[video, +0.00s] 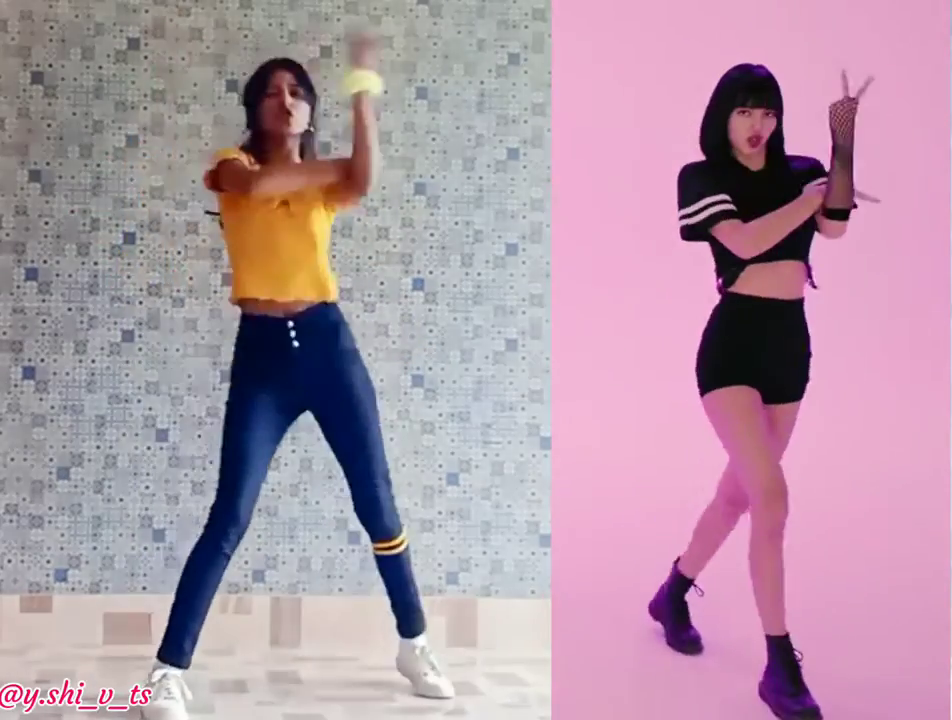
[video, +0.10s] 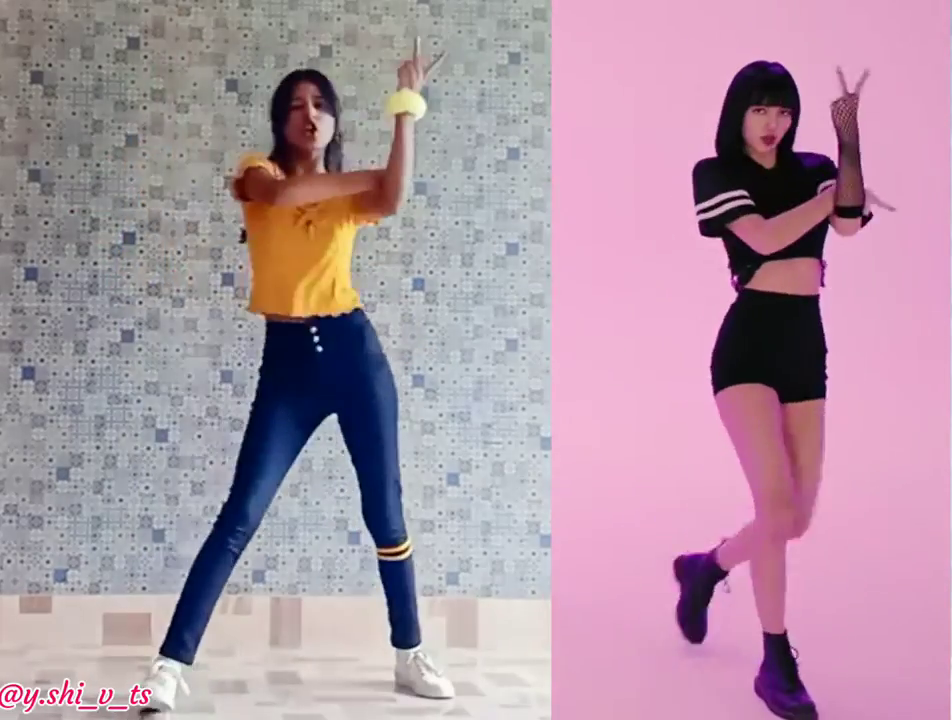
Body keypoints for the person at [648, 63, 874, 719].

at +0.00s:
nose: (757, 123)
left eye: (767, 111)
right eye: (744, 111)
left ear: (780, 119)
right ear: (720, 118)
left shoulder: (799, 173)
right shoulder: (703, 178)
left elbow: (836, 219)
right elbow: (741, 244)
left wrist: (844, 144)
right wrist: (814, 196)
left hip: (790, 347)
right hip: (731, 345)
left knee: (736, 496)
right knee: (771, 502)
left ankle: (673, 591)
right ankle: (780, 663)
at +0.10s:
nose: (771, 121)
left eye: (781, 110)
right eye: (759, 108)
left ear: (794, 118)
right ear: (735, 113)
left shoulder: (811, 170)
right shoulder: (717, 173)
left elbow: (850, 218)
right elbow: (761, 240)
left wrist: (850, 142)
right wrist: (833, 196)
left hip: (805, 346)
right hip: (746, 345)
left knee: (798, 513)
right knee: (774, 511)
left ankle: (704, 569)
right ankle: (777, 663)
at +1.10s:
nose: (829, 118)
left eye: (837, 109)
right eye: (818, 108)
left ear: (847, 117)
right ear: (796, 111)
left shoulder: (840, 177)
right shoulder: (758, 156)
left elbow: (927, 184)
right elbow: (731, 229)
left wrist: (923, 119)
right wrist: (796, 201)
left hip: (800, 325)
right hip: (742, 317)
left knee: (812, 470)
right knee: (665, 450)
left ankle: (823, 597)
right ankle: (576, 558)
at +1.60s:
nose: (748, 170)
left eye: (757, 159)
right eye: (738, 159)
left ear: (768, 165)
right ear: (718, 164)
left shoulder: (783, 209)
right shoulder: (709, 215)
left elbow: (870, 216)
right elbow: (731, 270)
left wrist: (864, 150)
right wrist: (769, 238)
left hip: (759, 374)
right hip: (714, 361)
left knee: (849, 464)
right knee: (669, 482)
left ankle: (826, 587)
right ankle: (608, 589)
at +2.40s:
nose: (707, 176)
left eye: (717, 166)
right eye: (698, 165)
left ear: (727, 169)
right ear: (681, 167)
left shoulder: (747, 209)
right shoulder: (669, 224)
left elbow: (827, 211)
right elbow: (697, 293)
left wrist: (825, 144)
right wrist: (747, 336)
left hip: (727, 367)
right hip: (680, 358)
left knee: (815, 462)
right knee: (640, 476)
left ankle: (805, 583)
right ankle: (589, 584)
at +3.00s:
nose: (772, 227)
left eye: (785, 225)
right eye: (769, 212)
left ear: (792, 236)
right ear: (750, 207)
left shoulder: (786, 280)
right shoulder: (697, 269)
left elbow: (875, 297)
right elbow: (652, 347)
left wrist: (898, 230)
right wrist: (600, 417)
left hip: (786, 409)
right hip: (730, 423)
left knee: (858, 515)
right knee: (668, 496)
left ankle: (850, 610)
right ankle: (642, 626)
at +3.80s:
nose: (772, 126)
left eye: (784, 126)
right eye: (763, 117)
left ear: (790, 151)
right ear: (739, 131)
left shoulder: (794, 214)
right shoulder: (693, 204)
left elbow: (820, 285)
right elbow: (655, 299)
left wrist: (807, 331)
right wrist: (612, 386)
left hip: (774, 357)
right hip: (713, 363)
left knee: (832, 494)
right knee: (674, 505)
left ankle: (821, 594)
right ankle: (623, 621)